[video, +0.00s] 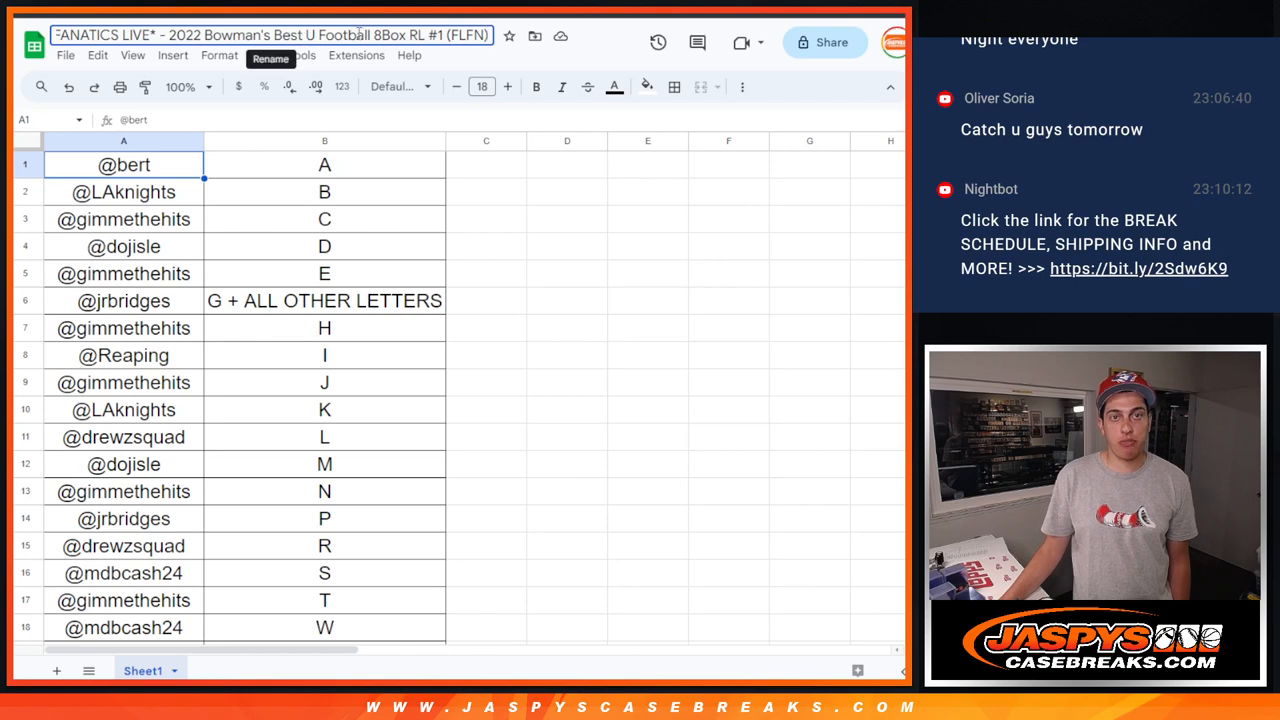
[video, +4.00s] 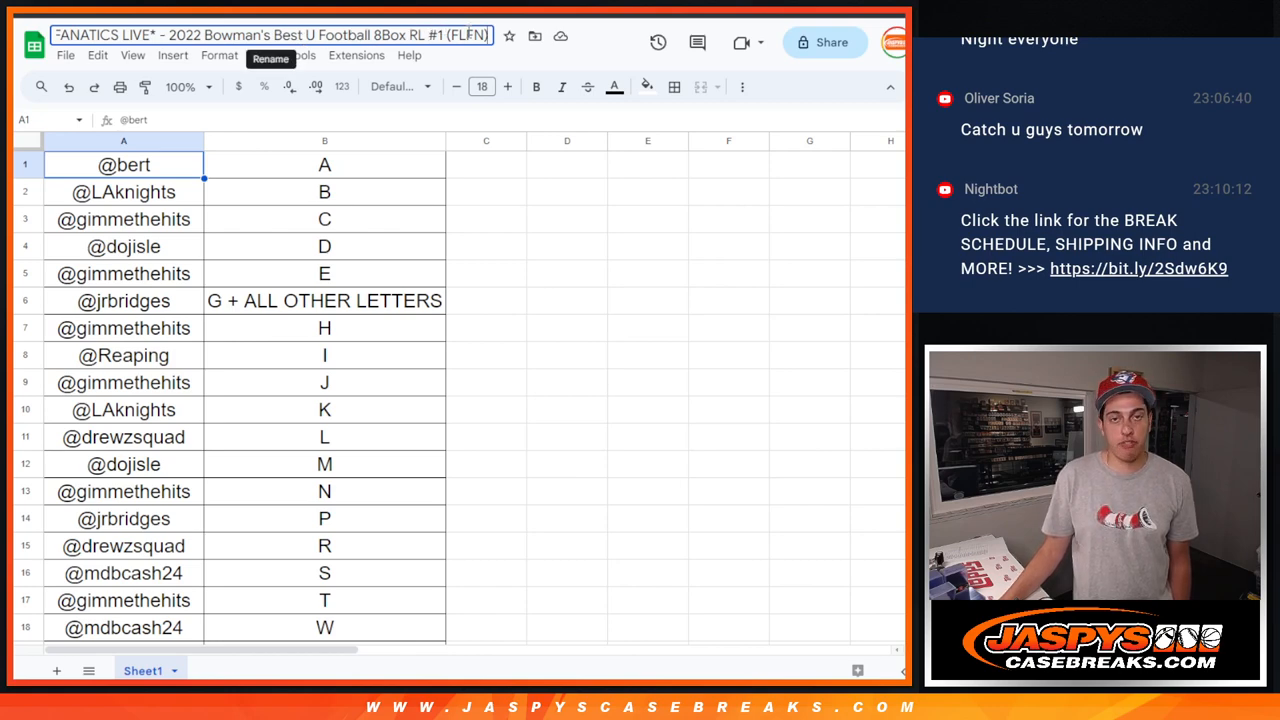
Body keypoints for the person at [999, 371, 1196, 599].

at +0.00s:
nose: (1127, 428)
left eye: (1137, 415)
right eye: (1115, 416)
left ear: (1149, 421)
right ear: (1101, 425)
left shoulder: (1175, 481)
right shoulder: (1073, 476)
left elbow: (1179, 557)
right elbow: (1051, 549)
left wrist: (1180, 611)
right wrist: (1007, 599)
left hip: (1153, 607)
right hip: (1090, 607)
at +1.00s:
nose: (1126, 424)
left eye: (1135, 413)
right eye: (1115, 415)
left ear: (1149, 421)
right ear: (1102, 425)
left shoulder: (1175, 480)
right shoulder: (1074, 475)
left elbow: (1179, 556)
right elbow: (1051, 549)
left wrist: (1180, 611)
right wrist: (1007, 599)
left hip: (1152, 606)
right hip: (1090, 606)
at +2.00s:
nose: (1125, 429)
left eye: (1135, 416)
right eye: (1114, 417)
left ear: (1149, 421)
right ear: (1101, 425)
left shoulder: (1175, 481)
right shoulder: (1074, 475)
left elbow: (1179, 556)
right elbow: (1051, 549)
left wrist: (1179, 610)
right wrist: (1007, 599)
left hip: (1153, 607)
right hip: (1090, 606)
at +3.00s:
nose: (1126, 427)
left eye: (1136, 415)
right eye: (1114, 417)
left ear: (1150, 422)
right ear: (1102, 425)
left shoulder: (1175, 481)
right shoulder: (1074, 476)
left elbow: (1179, 558)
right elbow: (1051, 549)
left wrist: (1179, 611)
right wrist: (1007, 600)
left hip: (1153, 608)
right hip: (1090, 608)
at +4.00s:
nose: (1126, 429)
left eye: (1136, 416)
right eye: (1115, 418)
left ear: (1150, 421)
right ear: (1101, 425)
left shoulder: (1176, 481)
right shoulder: (1074, 476)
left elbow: (1180, 557)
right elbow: (1052, 550)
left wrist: (1180, 611)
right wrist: (1007, 599)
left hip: (1153, 606)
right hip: (1090, 606)